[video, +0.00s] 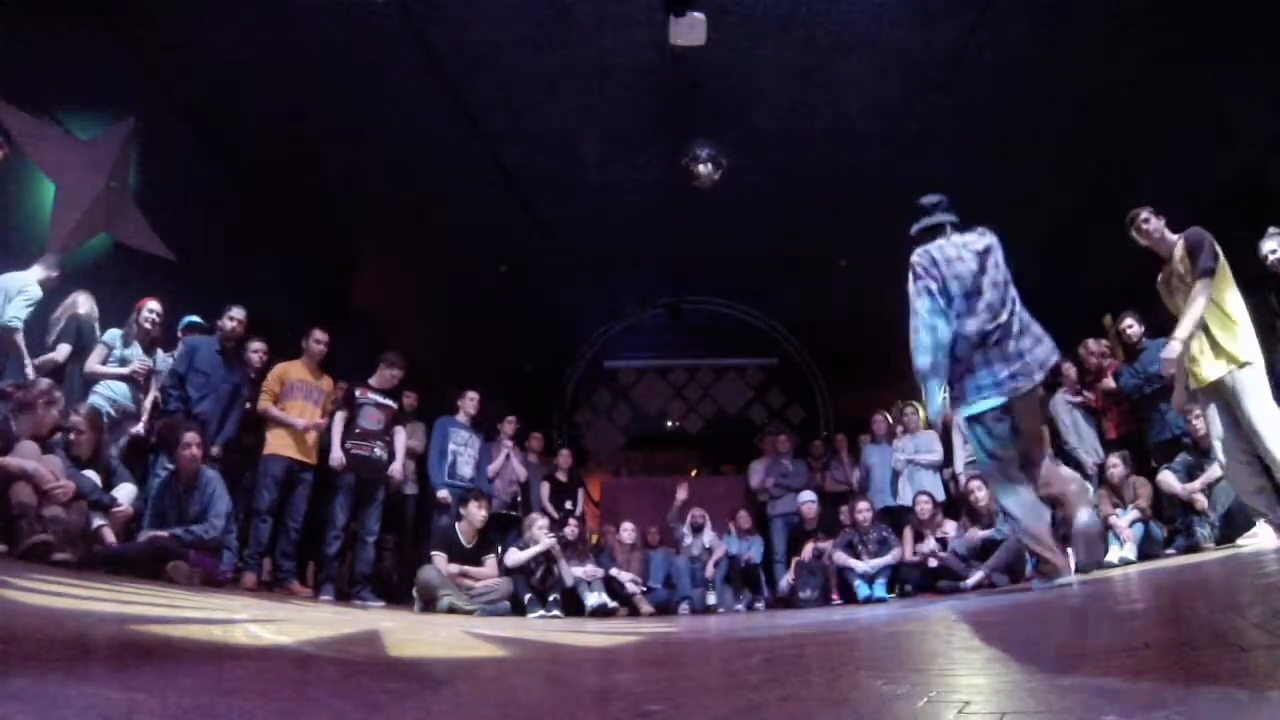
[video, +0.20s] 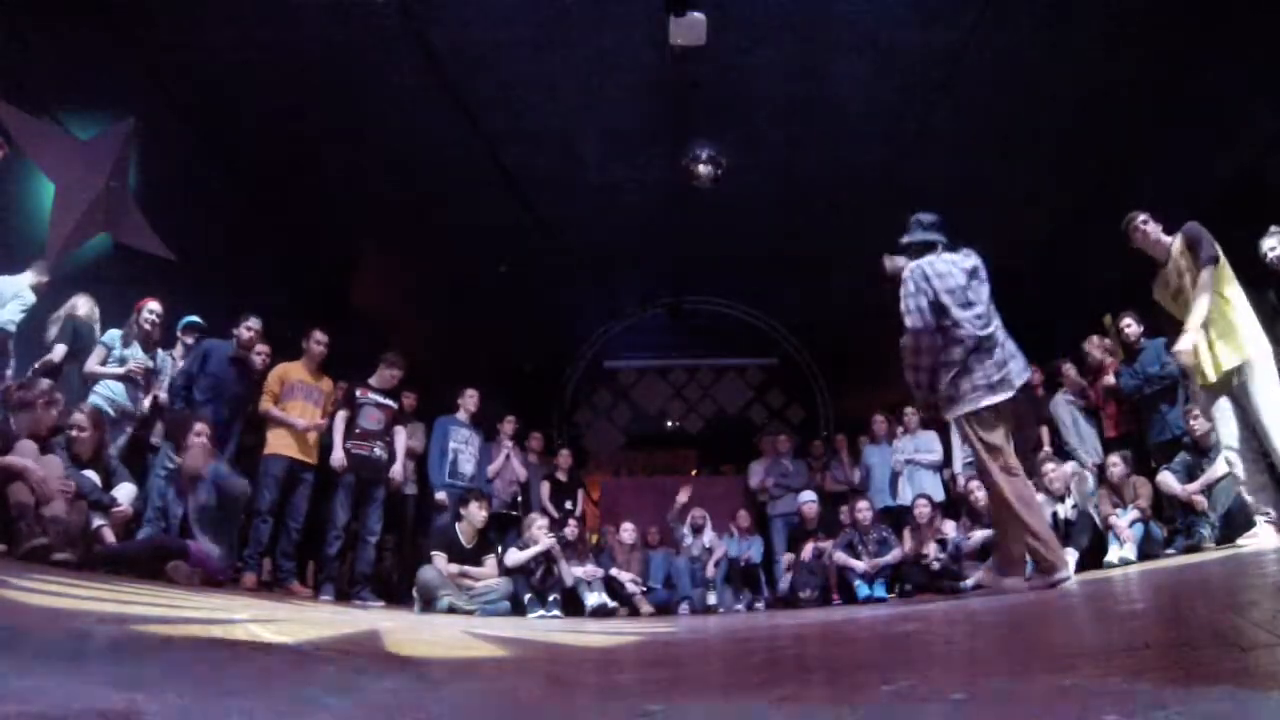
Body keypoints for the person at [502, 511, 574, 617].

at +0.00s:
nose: (545, 532)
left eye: (547, 529)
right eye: (540, 529)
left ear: (550, 530)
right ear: (529, 531)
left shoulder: (552, 549)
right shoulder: (519, 546)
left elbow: (569, 583)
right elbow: (510, 562)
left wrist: (559, 555)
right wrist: (541, 547)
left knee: (555, 571)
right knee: (519, 575)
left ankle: (554, 603)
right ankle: (532, 605)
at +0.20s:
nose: (545, 532)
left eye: (547, 529)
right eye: (540, 529)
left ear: (550, 530)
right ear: (528, 531)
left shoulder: (551, 550)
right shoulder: (519, 547)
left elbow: (569, 583)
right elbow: (509, 562)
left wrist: (559, 555)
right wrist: (541, 547)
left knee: (555, 574)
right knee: (519, 576)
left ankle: (554, 605)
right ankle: (532, 606)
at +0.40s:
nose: (545, 532)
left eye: (547, 528)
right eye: (539, 529)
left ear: (550, 530)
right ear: (528, 531)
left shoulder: (551, 550)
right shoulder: (519, 547)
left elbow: (569, 583)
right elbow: (509, 562)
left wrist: (559, 555)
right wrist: (541, 547)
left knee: (556, 572)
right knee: (519, 575)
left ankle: (554, 604)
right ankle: (532, 605)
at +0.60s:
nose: (545, 532)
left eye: (547, 528)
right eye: (540, 529)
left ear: (550, 530)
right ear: (529, 532)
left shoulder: (552, 550)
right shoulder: (519, 547)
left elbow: (569, 583)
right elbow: (509, 562)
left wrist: (559, 555)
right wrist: (541, 547)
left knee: (556, 571)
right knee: (519, 575)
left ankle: (554, 604)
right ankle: (532, 605)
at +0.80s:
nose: (547, 533)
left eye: (549, 529)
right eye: (542, 530)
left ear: (552, 530)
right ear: (530, 533)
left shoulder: (551, 550)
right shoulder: (519, 547)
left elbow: (569, 582)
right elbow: (509, 562)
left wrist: (558, 554)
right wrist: (540, 546)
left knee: (556, 571)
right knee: (518, 575)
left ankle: (554, 603)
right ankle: (532, 605)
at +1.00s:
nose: (548, 535)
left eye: (549, 531)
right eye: (543, 531)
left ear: (551, 532)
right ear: (532, 533)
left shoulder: (550, 550)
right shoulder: (519, 547)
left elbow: (568, 582)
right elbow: (509, 562)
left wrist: (557, 552)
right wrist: (539, 545)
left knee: (554, 571)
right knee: (518, 574)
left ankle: (554, 603)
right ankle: (531, 605)